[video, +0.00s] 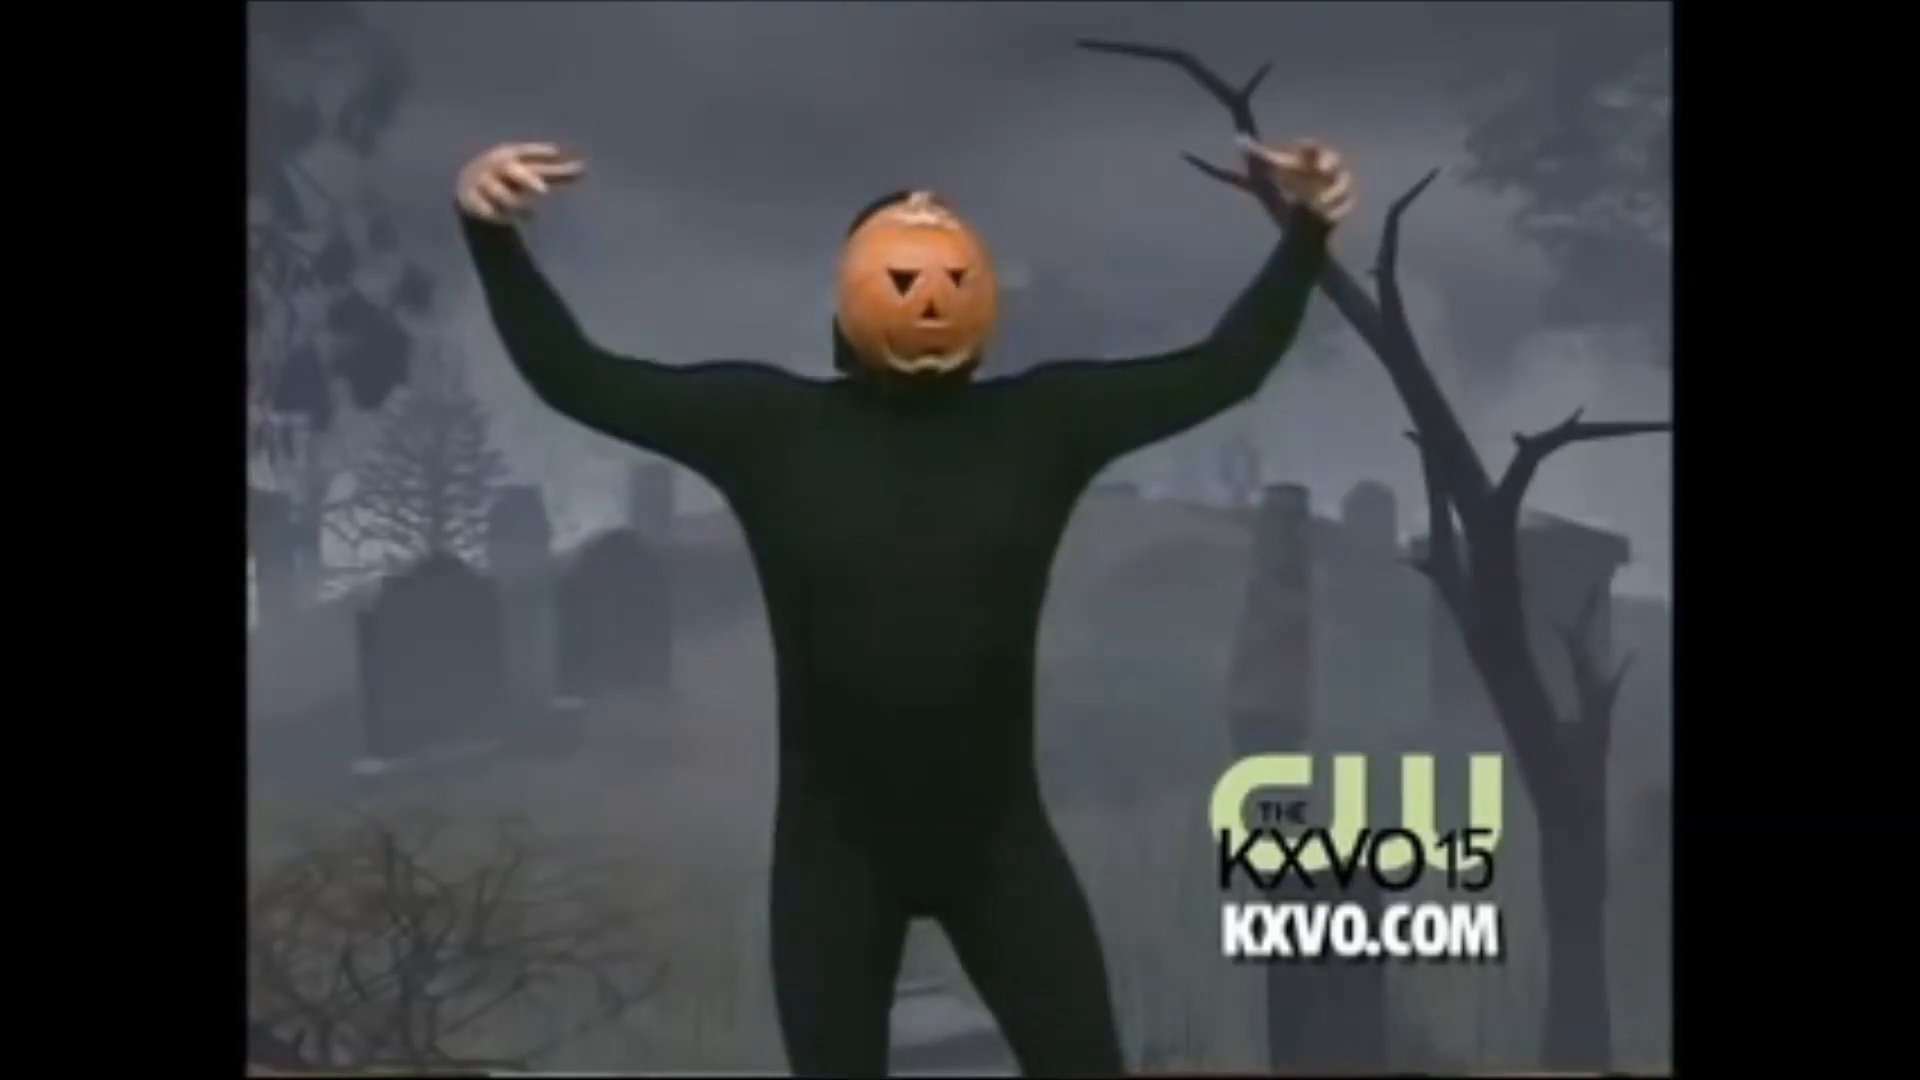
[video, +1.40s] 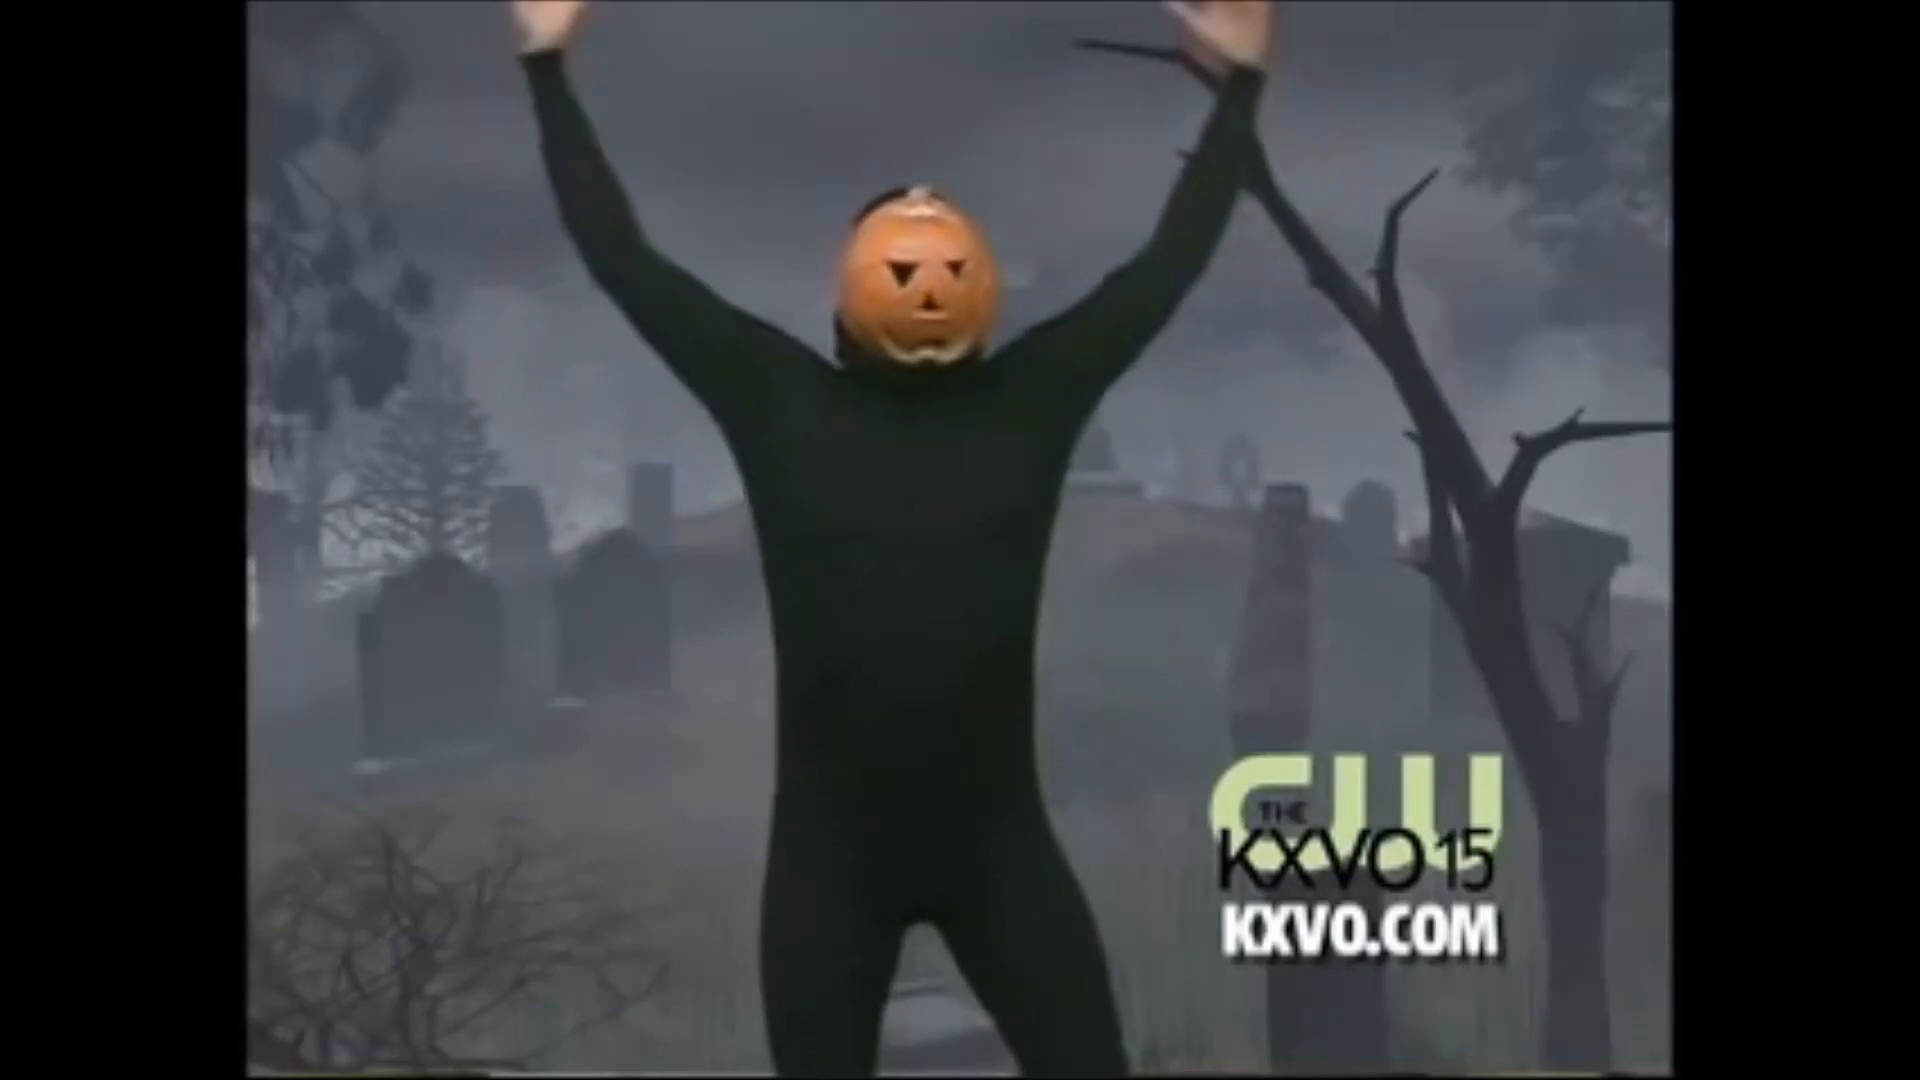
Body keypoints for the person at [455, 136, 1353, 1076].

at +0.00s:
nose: (926, 260)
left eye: (952, 250)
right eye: (892, 247)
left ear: (988, 309)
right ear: (838, 309)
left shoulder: (1053, 420)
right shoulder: (761, 423)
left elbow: (1229, 366)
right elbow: (571, 373)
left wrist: (1305, 234)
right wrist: (491, 233)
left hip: (1000, 838)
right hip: (833, 846)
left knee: (1087, 1068)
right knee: (834, 1072)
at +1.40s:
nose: (928, 281)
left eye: (953, 266)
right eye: (896, 265)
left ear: (993, 299)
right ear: (842, 302)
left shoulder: (1035, 399)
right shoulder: (776, 400)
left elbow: (1171, 260)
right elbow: (619, 255)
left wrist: (1240, 81)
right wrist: (544, 60)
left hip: (997, 837)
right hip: (830, 845)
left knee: (1088, 1064)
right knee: (818, 1066)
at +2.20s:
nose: (937, 317)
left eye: (964, 302)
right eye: (904, 298)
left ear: (1000, 344)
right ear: (853, 344)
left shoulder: (1034, 440)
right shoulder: (795, 441)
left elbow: (1156, 291)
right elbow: (681, 300)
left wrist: (1066, 115)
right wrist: (790, 105)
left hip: (998, 849)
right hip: (832, 854)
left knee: (1091, 1066)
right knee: (817, 1067)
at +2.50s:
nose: (941, 337)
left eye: (967, 319)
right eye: (908, 318)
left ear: (1005, 355)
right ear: (857, 357)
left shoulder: (1044, 455)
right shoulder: (792, 456)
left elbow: (1189, 329)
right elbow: (657, 336)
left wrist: (1085, 179)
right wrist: (790, 161)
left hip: (997, 853)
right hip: (833, 857)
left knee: (1087, 1065)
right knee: (821, 1067)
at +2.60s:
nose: (945, 337)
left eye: (969, 321)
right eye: (913, 321)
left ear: (1004, 352)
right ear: (858, 357)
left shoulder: (1046, 461)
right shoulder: (791, 460)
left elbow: (1202, 338)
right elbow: (643, 349)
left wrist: (1106, 195)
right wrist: (757, 190)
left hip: (997, 854)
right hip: (834, 859)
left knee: (1085, 1065)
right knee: (822, 1067)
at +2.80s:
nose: (943, 345)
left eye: (967, 328)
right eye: (911, 326)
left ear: (1002, 360)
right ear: (858, 357)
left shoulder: (1049, 463)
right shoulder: (786, 467)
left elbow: (1218, 361)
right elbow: (620, 380)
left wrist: (1148, 218)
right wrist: (707, 220)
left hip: (998, 859)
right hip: (835, 865)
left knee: (1084, 1065)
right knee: (825, 1067)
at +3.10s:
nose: (941, 353)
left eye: (966, 333)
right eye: (909, 334)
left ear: (1003, 361)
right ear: (856, 363)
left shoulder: (1050, 472)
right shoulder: (781, 479)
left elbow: (1232, 401)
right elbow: (595, 429)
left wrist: (1206, 249)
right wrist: (640, 256)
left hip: (998, 865)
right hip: (834, 874)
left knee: (1083, 1066)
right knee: (826, 1069)